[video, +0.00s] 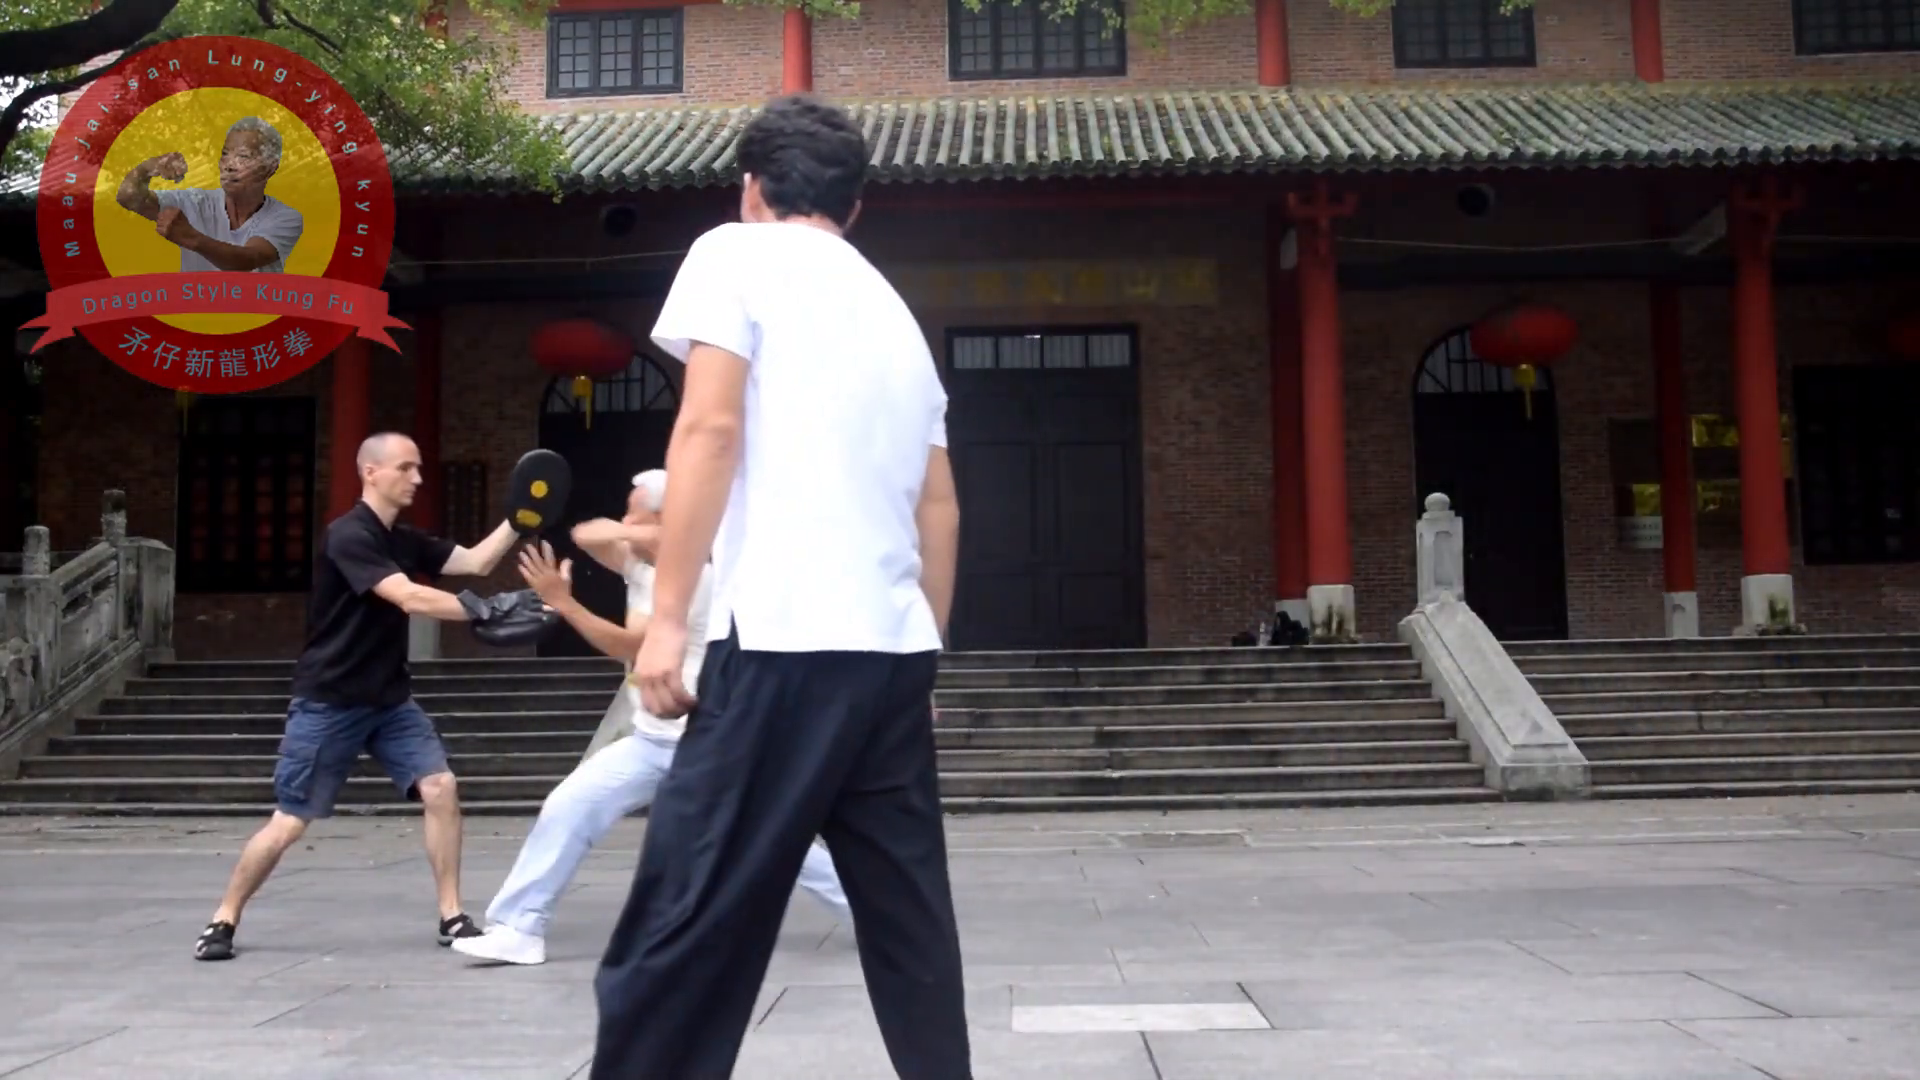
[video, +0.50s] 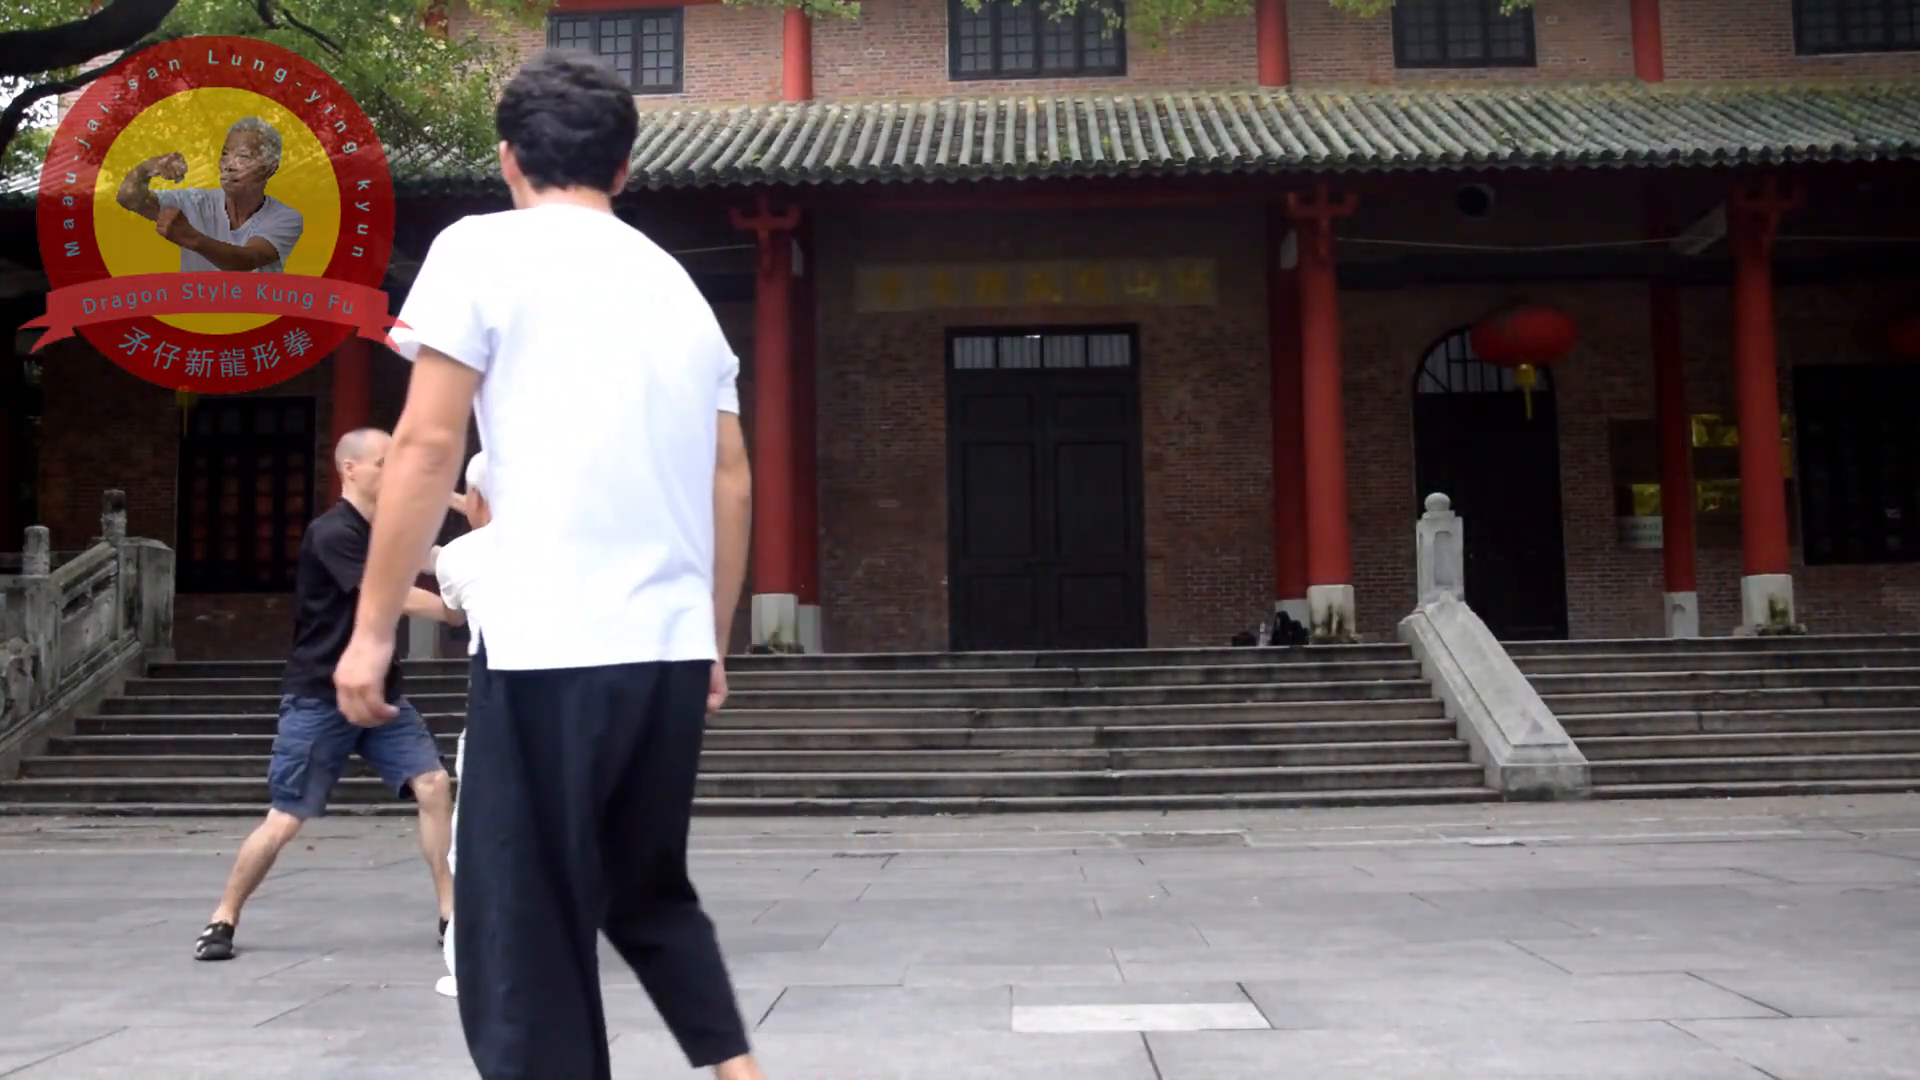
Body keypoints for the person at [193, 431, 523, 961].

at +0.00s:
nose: (417, 478)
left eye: (418, 469)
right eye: (406, 468)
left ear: (410, 477)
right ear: (370, 473)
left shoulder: (404, 538)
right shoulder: (347, 535)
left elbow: (474, 560)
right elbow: (407, 596)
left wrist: (523, 515)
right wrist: (485, 612)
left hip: (390, 701)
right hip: (327, 703)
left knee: (441, 788)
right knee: (289, 824)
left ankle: (453, 915)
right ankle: (224, 920)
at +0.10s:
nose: (409, 475)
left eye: (411, 466)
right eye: (399, 465)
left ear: (399, 474)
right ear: (363, 470)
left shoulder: (395, 535)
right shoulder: (345, 534)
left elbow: (463, 566)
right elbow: (412, 596)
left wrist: (508, 516)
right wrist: (487, 613)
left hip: (388, 700)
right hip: (325, 702)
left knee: (440, 787)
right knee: (287, 822)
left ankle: (453, 916)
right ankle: (225, 920)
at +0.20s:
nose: (405, 475)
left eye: (406, 465)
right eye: (394, 466)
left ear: (393, 474)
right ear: (359, 473)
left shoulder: (388, 536)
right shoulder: (347, 534)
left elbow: (455, 574)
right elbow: (413, 605)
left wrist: (517, 538)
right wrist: (478, 631)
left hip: (383, 700)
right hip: (323, 703)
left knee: (438, 787)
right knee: (286, 822)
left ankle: (453, 916)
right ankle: (224, 919)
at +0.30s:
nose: (404, 477)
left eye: (405, 468)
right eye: (393, 468)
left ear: (391, 476)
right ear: (358, 473)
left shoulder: (383, 537)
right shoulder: (343, 534)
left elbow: (451, 579)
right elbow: (414, 604)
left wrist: (510, 542)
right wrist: (489, 621)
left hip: (378, 700)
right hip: (320, 701)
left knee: (435, 786)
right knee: (286, 823)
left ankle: (453, 915)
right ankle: (224, 919)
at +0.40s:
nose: (400, 477)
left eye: (401, 467)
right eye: (389, 466)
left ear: (396, 474)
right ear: (353, 471)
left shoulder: (394, 542)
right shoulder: (335, 534)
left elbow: (456, 596)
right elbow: (404, 603)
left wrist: (436, 527)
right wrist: (461, 606)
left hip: (382, 701)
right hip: (319, 702)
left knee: (435, 786)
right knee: (286, 822)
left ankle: (452, 916)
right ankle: (224, 919)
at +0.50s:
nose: (391, 473)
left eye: (392, 463)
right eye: (380, 464)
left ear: (390, 468)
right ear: (348, 470)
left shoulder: (384, 528)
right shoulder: (332, 532)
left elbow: (433, 564)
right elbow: (394, 593)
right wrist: (463, 613)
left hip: (381, 695)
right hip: (317, 698)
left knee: (434, 787)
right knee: (284, 821)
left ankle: (452, 915)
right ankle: (224, 919)